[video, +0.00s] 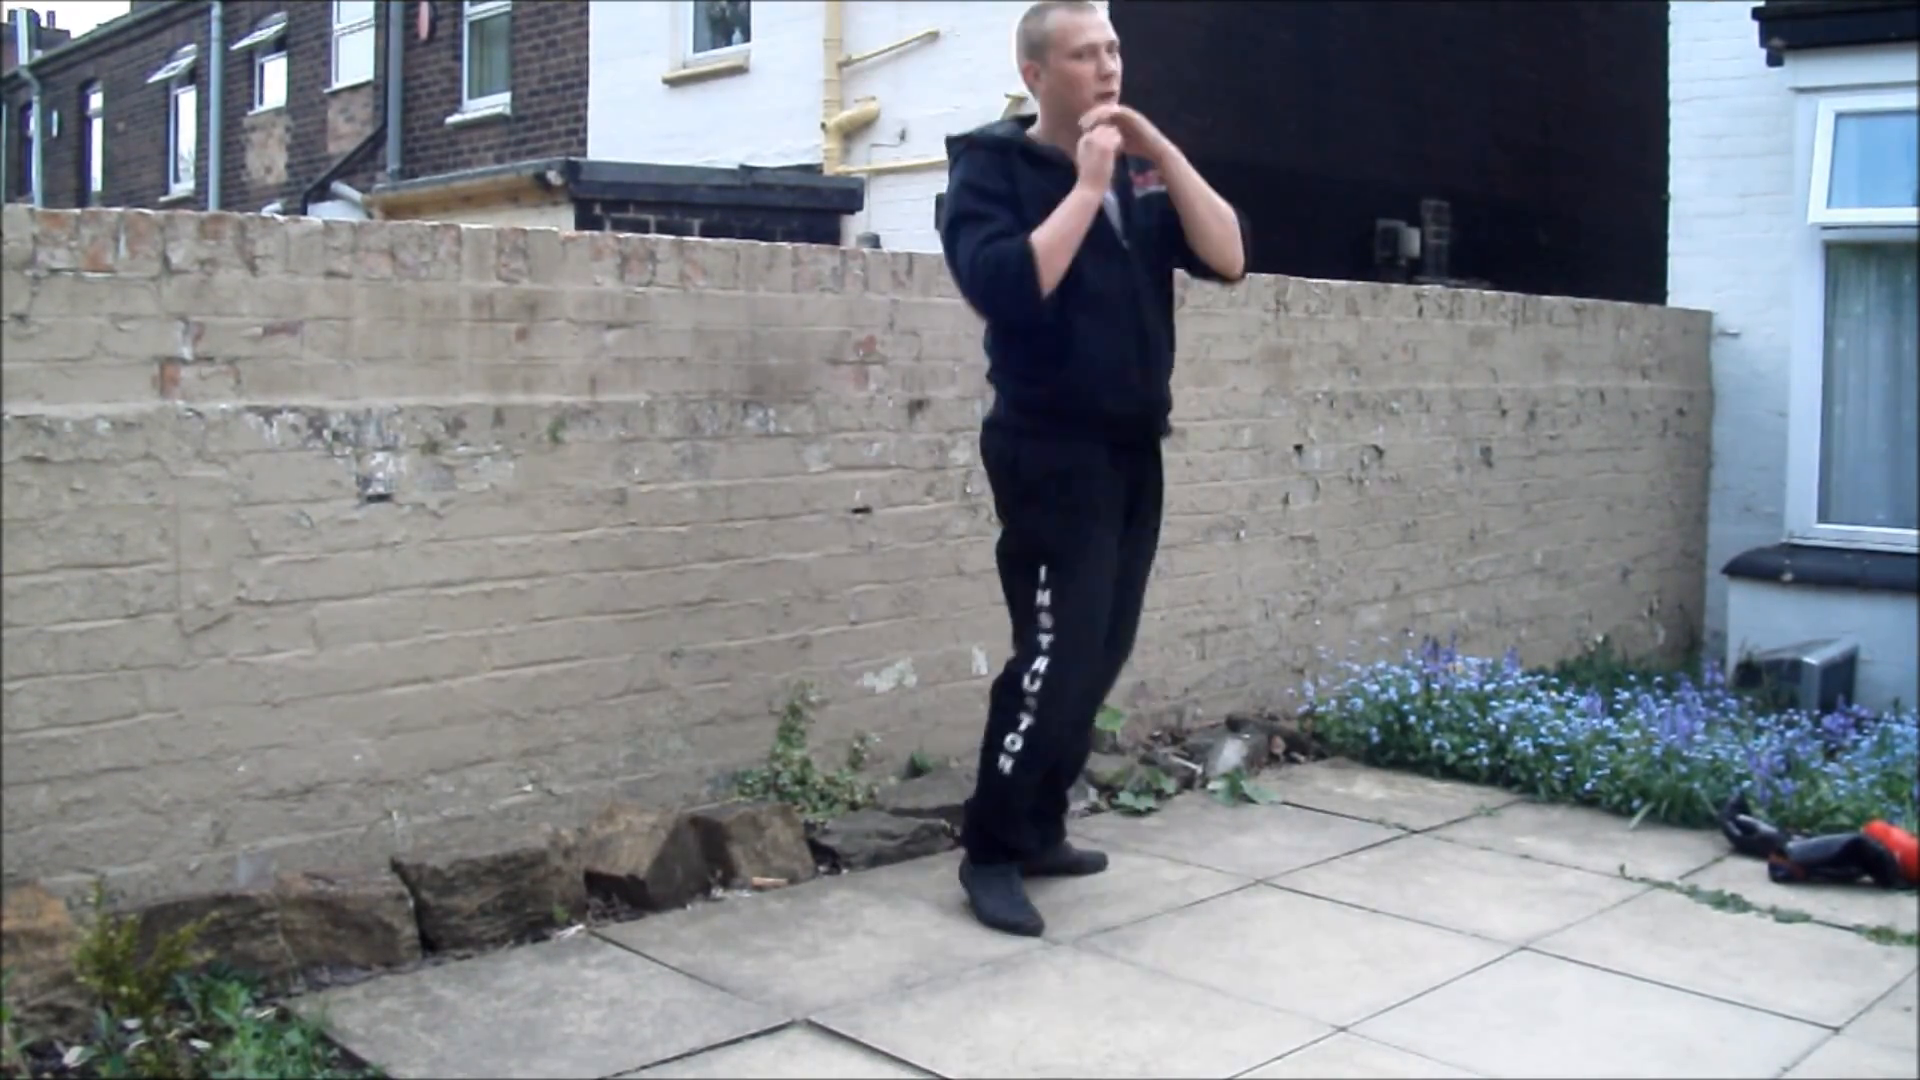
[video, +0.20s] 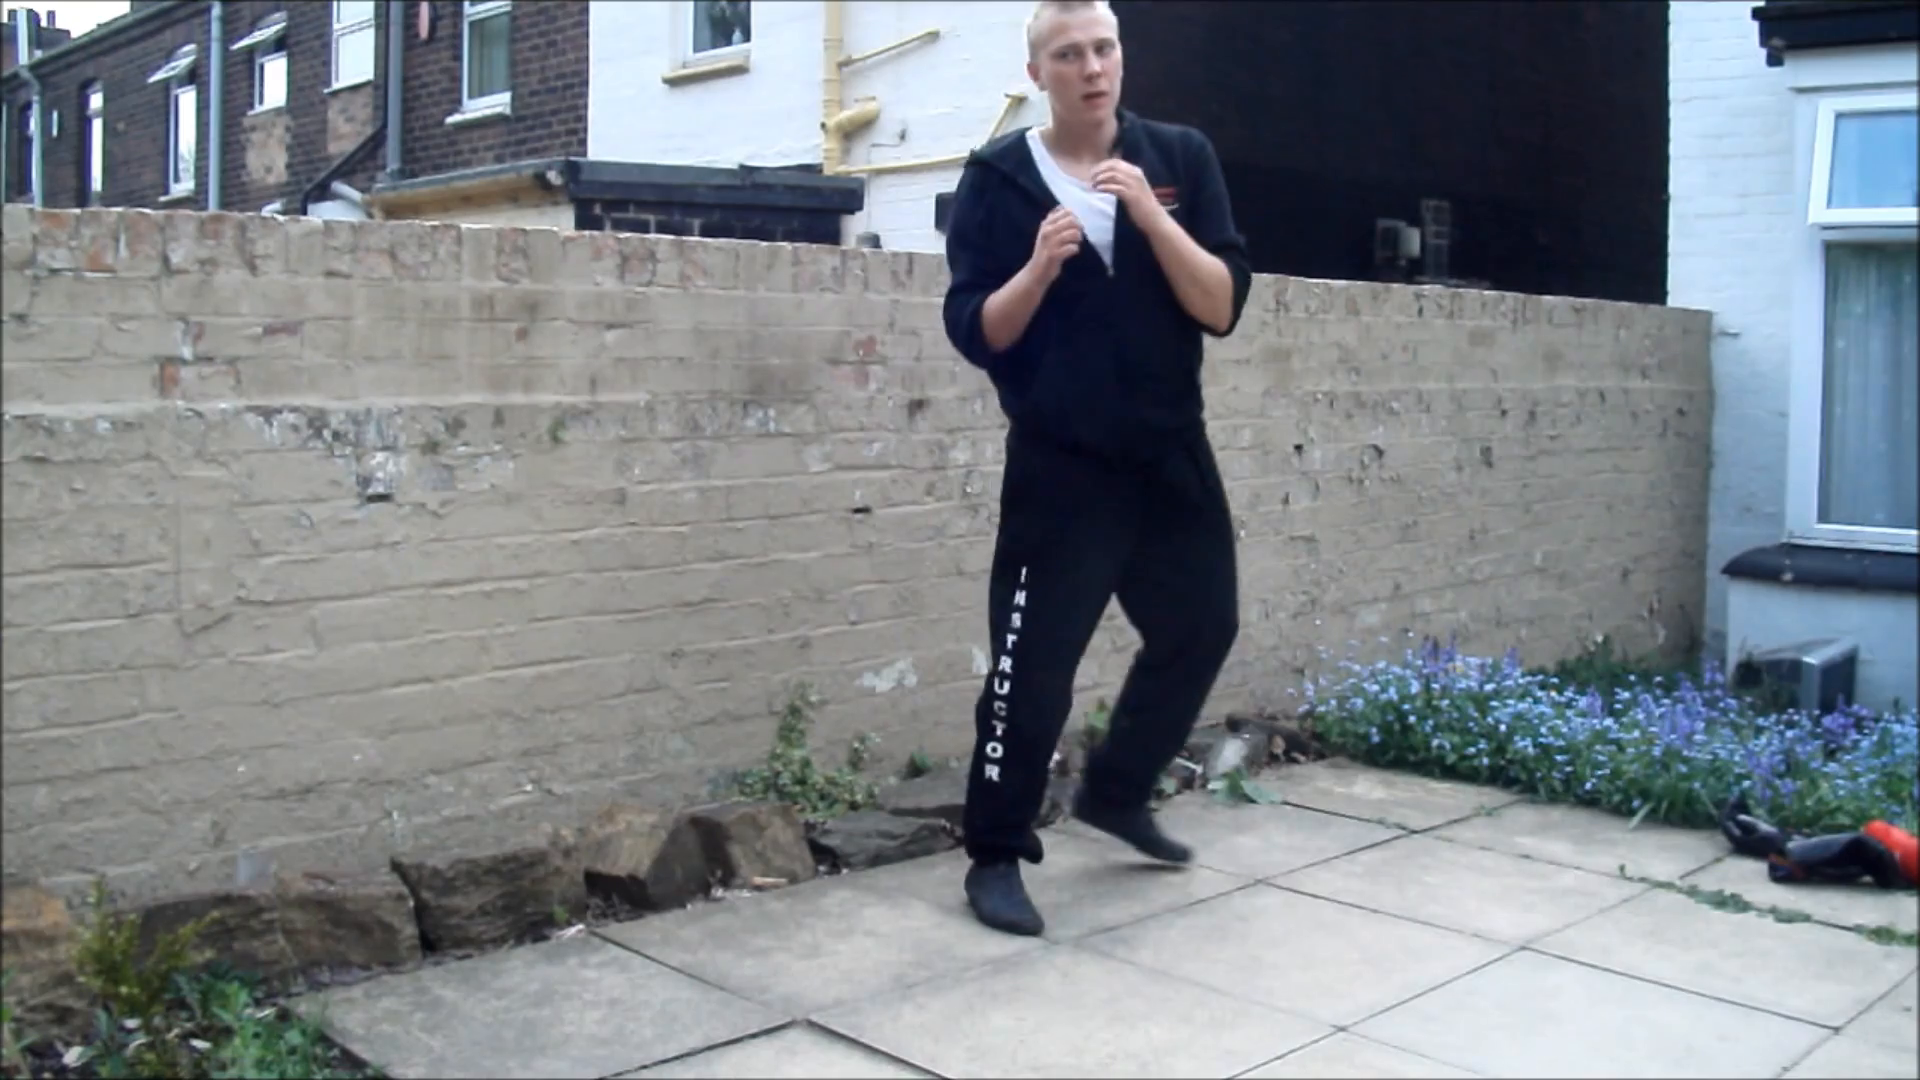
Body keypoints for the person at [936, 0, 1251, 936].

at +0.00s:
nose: (1108, 70)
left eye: (1113, 53)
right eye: (1086, 55)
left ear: (1122, 68)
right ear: (1034, 74)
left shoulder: (1137, 173)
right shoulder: (991, 166)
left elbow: (1227, 260)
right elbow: (1005, 287)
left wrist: (1165, 156)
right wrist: (1089, 186)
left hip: (1130, 445)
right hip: (1044, 444)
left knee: (1098, 653)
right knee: (1057, 652)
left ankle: (1035, 834)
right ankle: (991, 856)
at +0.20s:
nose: (1091, 67)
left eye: (1102, 48)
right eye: (1068, 54)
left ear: (1122, 58)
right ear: (1035, 71)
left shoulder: (1181, 157)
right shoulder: (997, 179)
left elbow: (1221, 308)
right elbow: (976, 335)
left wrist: (1155, 221)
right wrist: (1035, 272)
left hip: (1170, 457)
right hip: (1057, 462)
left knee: (1199, 630)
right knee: (1030, 668)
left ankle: (1114, 793)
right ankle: (996, 857)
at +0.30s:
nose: (1109, 76)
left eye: (1123, 59)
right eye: (1090, 61)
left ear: (1148, 66)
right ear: (1060, 72)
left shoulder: (1203, 145)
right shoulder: (1019, 161)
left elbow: (1256, 285)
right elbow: (992, 321)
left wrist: (1177, 185)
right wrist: (1047, 261)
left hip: (1194, 446)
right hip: (1076, 451)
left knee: (1223, 636)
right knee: (1055, 651)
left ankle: (1229, 804)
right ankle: (1009, 856)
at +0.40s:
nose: (1141, 116)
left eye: (1157, 98)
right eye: (1124, 99)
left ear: (1185, 103)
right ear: (1096, 103)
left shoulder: (1235, 182)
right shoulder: (1050, 196)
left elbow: (1279, 303)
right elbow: (1013, 350)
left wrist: (1205, 198)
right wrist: (1069, 274)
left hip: (1217, 475)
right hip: (1095, 480)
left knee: (1262, 651)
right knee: (1075, 661)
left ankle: (1286, 808)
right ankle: (1015, 858)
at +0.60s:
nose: (1228, 150)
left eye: (1245, 136)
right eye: (1213, 134)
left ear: (1276, 139)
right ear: (1191, 134)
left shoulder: (1318, 219)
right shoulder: (1142, 222)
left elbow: (1300, 348)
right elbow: (1112, 387)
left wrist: (1239, 245)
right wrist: (1126, 344)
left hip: (1290, 491)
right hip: (1173, 491)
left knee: (1327, 667)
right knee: (1118, 662)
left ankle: (1290, 818)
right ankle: (1040, 847)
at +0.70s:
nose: (1246, 125)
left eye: (1263, 109)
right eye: (1232, 108)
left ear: (1292, 115)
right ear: (1208, 108)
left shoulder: (1336, 194)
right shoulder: (1158, 196)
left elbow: (1330, 322)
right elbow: (1125, 359)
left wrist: (1258, 221)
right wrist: (1138, 306)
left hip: (1301, 473)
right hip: (1184, 470)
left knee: (1321, 650)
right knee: (1148, 643)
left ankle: (1292, 815)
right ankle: (1087, 830)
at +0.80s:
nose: (1256, 89)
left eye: (1274, 74)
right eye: (1243, 73)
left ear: (1305, 82)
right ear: (1222, 78)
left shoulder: (1346, 162)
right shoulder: (1176, 159)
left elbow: (1357, 291)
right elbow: (1127, 310)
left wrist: (1290, 184)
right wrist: (1154, 238)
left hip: (1306, 432)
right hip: (1196, 430)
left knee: (1302, 620)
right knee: (1183, 612)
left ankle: (1303, 797)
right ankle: (1167, 791)